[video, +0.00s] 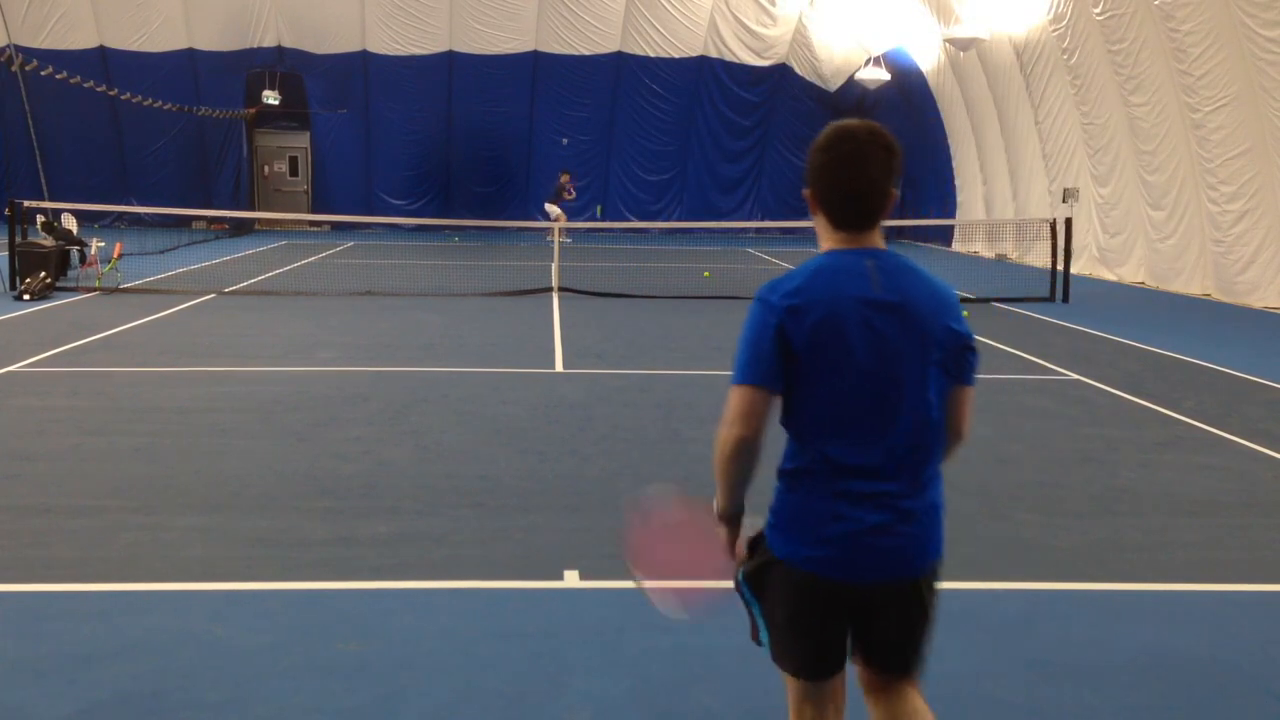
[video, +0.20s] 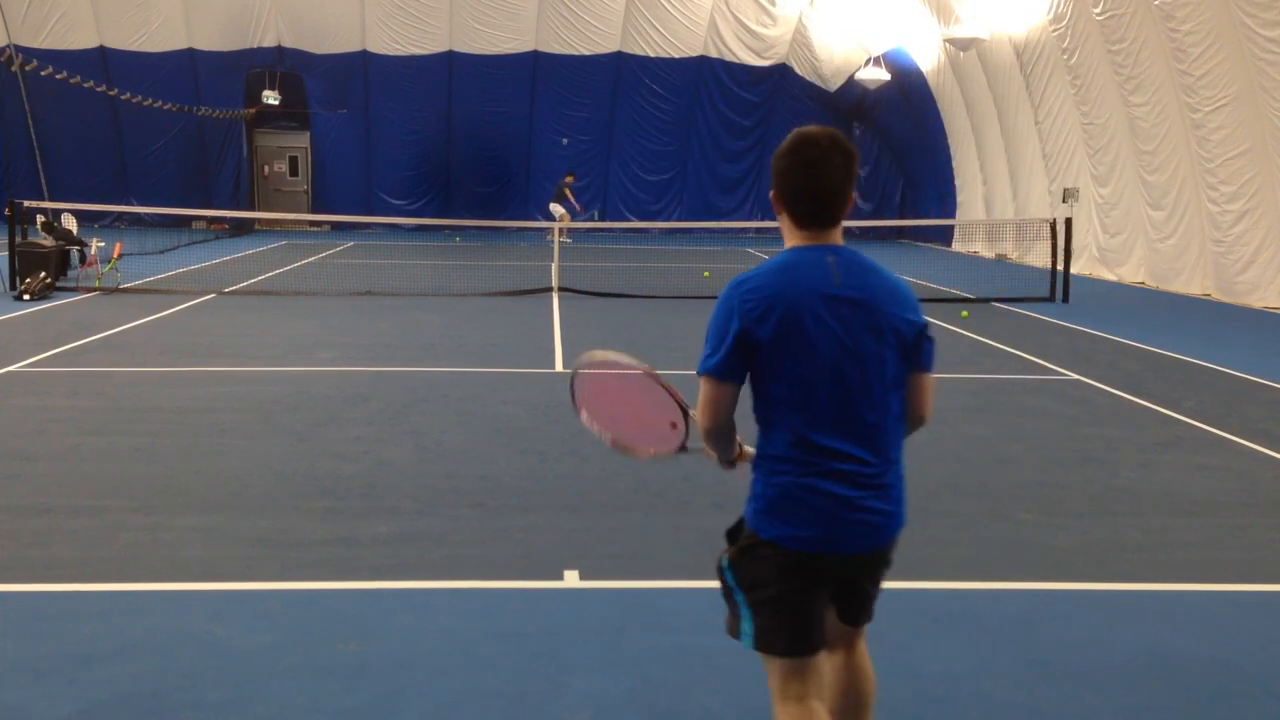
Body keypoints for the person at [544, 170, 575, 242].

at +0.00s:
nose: (568, 179)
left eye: (568, 177)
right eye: (567, 177)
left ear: (563, 177)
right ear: (562, 176)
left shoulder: (558, 184)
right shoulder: (561, 186)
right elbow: (566, 197)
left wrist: (567, 188)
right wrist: (573, 196)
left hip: (548, 203)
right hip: (551, 204)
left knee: (557, 219)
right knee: (563, 218)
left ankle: (551, 235)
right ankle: (561, 236)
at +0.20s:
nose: (572, 181)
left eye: (572, 179)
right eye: (571, 179)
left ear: (570, 179)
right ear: (567, 178)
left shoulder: (562, 184)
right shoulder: (564, 184)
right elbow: (569, 196)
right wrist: (576, 205)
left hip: (554, 204)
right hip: (555, 204)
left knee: (560, 220)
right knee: (566, 217)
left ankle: (551, 235)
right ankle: (563, 236)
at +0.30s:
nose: (572, 178)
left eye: (573, 177)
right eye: (572, 176)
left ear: (572, 177)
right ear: (568, 174)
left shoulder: (569, 183)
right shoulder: (561, 180)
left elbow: (579, 186)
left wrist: (587, 187)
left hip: (563, 203)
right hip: (556, 201)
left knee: (563, 219)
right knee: (565, 217)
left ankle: (553, 232)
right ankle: (563, 236)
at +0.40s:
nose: (572, 174)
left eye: (572, 173)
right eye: (571, 172)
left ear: (572, 173)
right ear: (568, 171)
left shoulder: (567, 180)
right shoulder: (561, 175)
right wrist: (549, 159)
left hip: (564, 200)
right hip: (558, 199)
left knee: (565, 218)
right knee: (564, 216)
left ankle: (554, 231)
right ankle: (562, 235)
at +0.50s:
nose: (570, 172)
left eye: (571, 170)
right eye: (569, 170)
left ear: (571, 171)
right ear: (566, 168)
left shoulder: (568, 180)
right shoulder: (559, 174)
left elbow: (568, 191)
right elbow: (551, 165)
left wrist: (569, 199)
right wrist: (545, 156)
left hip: (564, 198)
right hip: (557, 197)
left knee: (565, 215)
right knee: (563, 214)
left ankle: (557, 233)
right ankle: (563, 235)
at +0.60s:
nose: (567, 171)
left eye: (569, 170)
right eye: (566, 169)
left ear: (570, 171)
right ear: (563, 168)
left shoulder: (567, 181)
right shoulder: (557, 174)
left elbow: (570, 191)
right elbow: (546, 165)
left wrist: (572, 200)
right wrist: (538, 156)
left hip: (563, 199)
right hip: (556, 197)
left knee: (563, 216)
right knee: (562, 214)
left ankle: (557, 234)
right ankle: (562, 235)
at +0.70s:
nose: (565, 171)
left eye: (567, 170)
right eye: (564, 169)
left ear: (569, 171)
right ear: (561, 168)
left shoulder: (568, 181)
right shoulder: (555, 175)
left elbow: (571, 192)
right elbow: (543, 170)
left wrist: (574, 201)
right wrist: (534, 161)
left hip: (563, 200)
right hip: (555, 198)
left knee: (562, 218)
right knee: (558, 217)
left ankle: (562, 235)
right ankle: (557, 235)